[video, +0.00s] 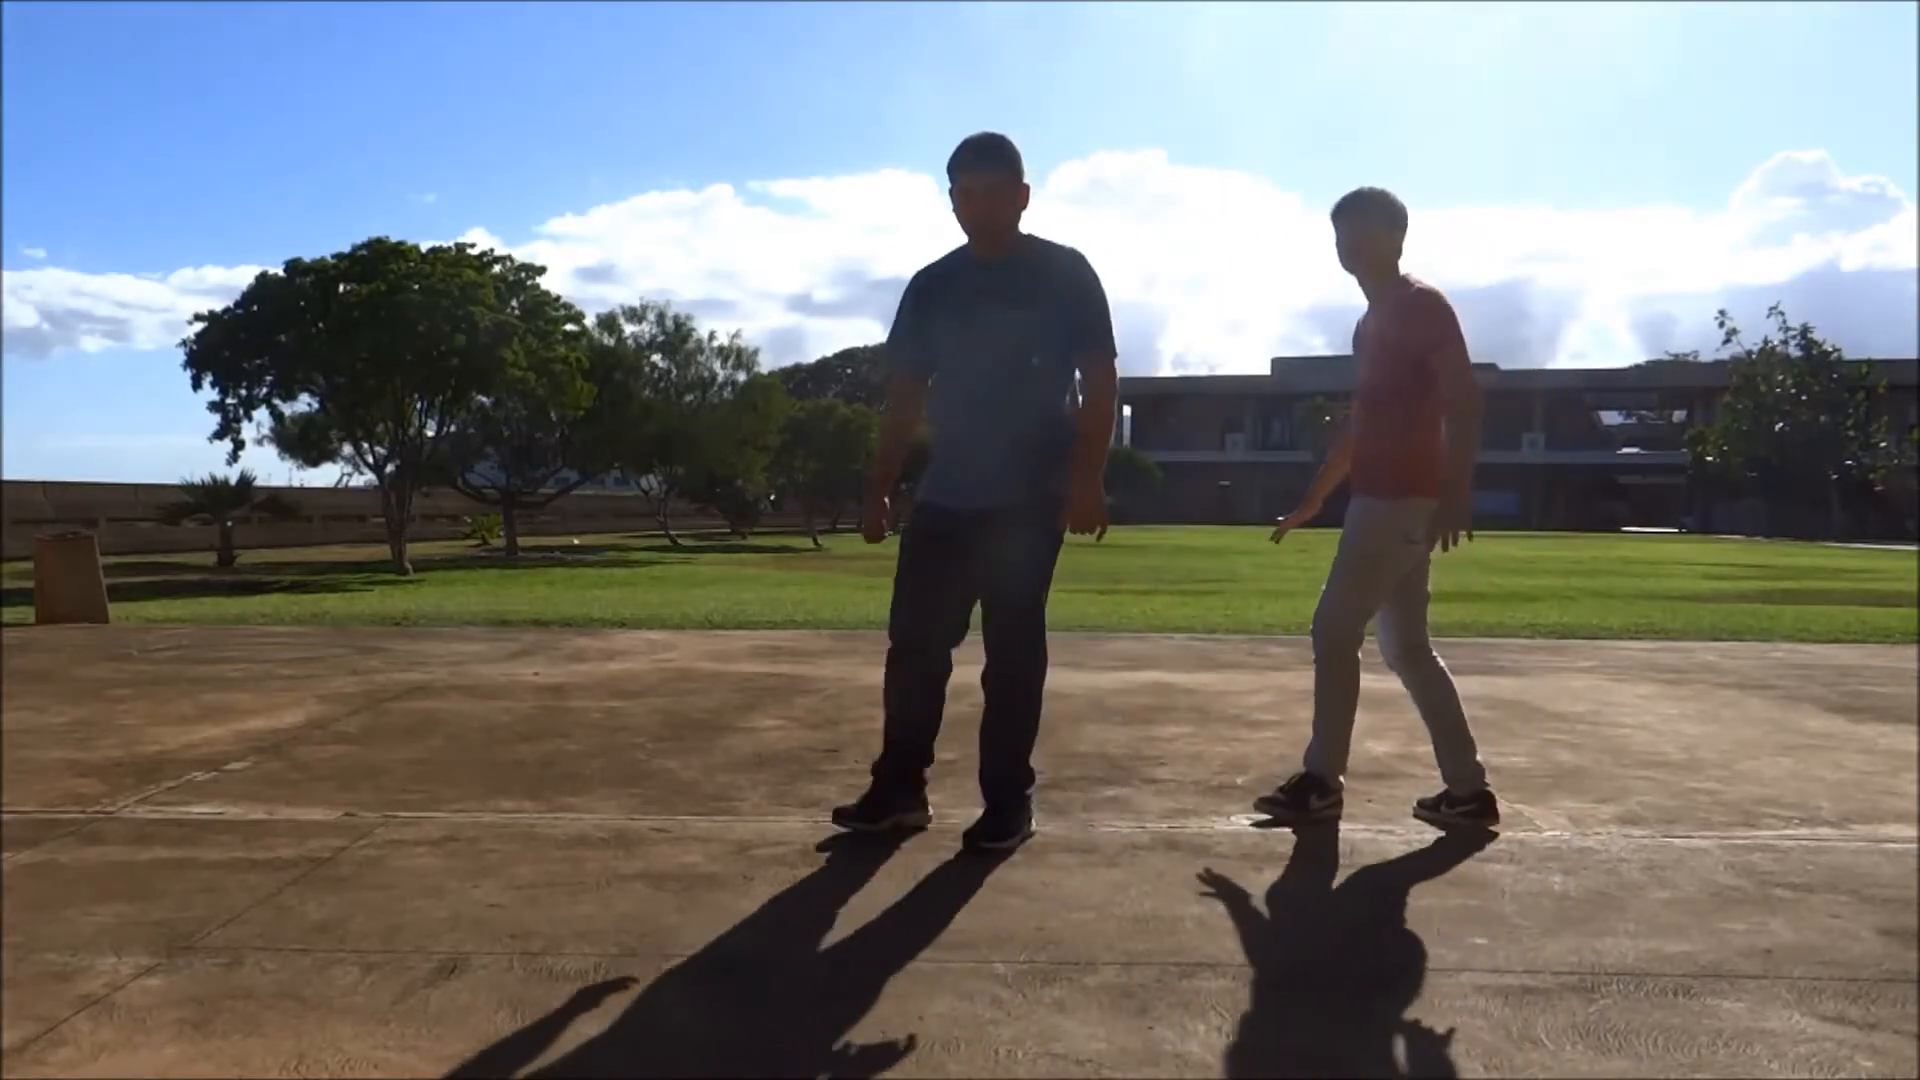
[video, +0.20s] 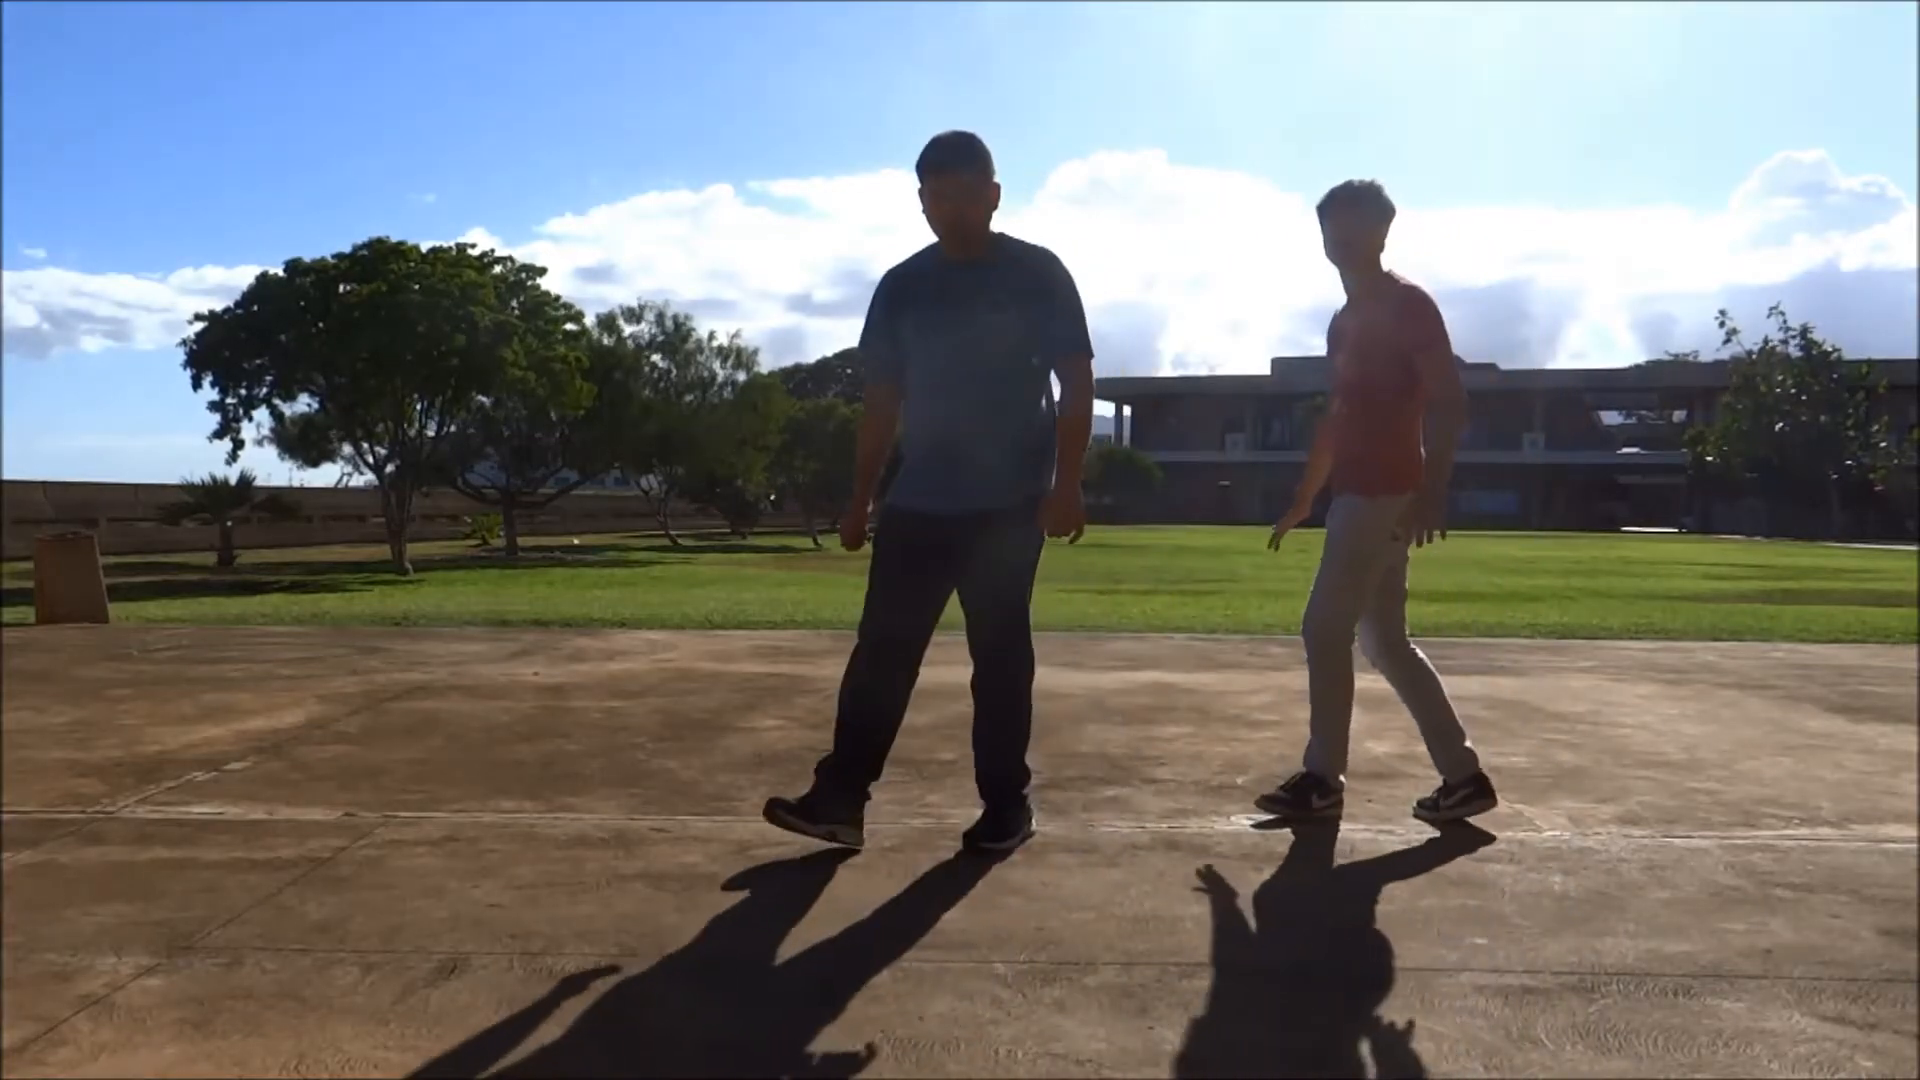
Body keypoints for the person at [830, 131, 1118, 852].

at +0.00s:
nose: (970, 204)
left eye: (985, 189)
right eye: (960, 191)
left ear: (1021, 192)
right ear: (950, 197)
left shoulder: (1068, 275)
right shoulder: (930, 286)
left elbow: (1100, 383)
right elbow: (904, 394)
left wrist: (1088, 478)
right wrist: (881, 484)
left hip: (1029, 496)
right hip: (944, 493)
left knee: (1012, 653)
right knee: (915, 643)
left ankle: (1007, 801)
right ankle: (898, 789)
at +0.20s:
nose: (947, 212)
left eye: (962, 196)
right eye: (935, 198)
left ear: (993, 192)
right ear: (920, 198)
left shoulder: (1040, 275)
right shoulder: (900, 287)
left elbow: (1078, 384)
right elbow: (881, 398)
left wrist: (1067, 485)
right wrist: (862, 494)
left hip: (1004, 503)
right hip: (917, 502)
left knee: (1000, 659)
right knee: (882, 649)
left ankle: (1005, 805)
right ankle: (839, 799)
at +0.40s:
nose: (904, 200)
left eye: (919, 185)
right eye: (892, 187)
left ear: (956, 186)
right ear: (881, 192)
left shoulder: (1003, 276)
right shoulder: (858, 281)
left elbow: (1030, 390)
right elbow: (836, 396)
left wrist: (1014, 489)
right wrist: (823, 494)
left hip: (968, 511)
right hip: (877, 511)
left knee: (985, 669)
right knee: (857, 671)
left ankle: (1004, 806)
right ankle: (833, 820)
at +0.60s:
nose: (871, 200)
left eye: (885, 184)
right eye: (856, 185)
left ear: (916, 182)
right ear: (841, 187)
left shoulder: (961, 267)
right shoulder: (811, 274)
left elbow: (988, 384)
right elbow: (781, 390)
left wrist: (954, 483)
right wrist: (765, 492)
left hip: (929, 505)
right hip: (832, 512)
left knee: (952, 666)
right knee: (828, 676)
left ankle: (992, 796)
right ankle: (832, 821)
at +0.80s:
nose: (838, 188)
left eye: (853, 172)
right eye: (825, 175)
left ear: (886, 173)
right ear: (810, 180)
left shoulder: (934, 262)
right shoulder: (779, 270)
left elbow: (959, 375)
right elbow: (742, 382)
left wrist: (924, 477)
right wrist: (719, 479)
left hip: (912, 498)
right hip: (814, 504)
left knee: (920, 659)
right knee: (816, 667)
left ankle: (950, 804)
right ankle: (831, 818)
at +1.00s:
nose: (817, 187)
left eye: (831, 171)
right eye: (804, 174)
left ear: (869, 170)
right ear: (793, 178)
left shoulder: (921, 261)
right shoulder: (762, 270)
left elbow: (952, 377)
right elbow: (729, 383)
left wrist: (929, 478)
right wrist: (714, 480)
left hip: (900, 503)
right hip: (802, 510)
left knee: (904, 676)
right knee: (814, 676)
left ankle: (913, 837)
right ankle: (831, 820)